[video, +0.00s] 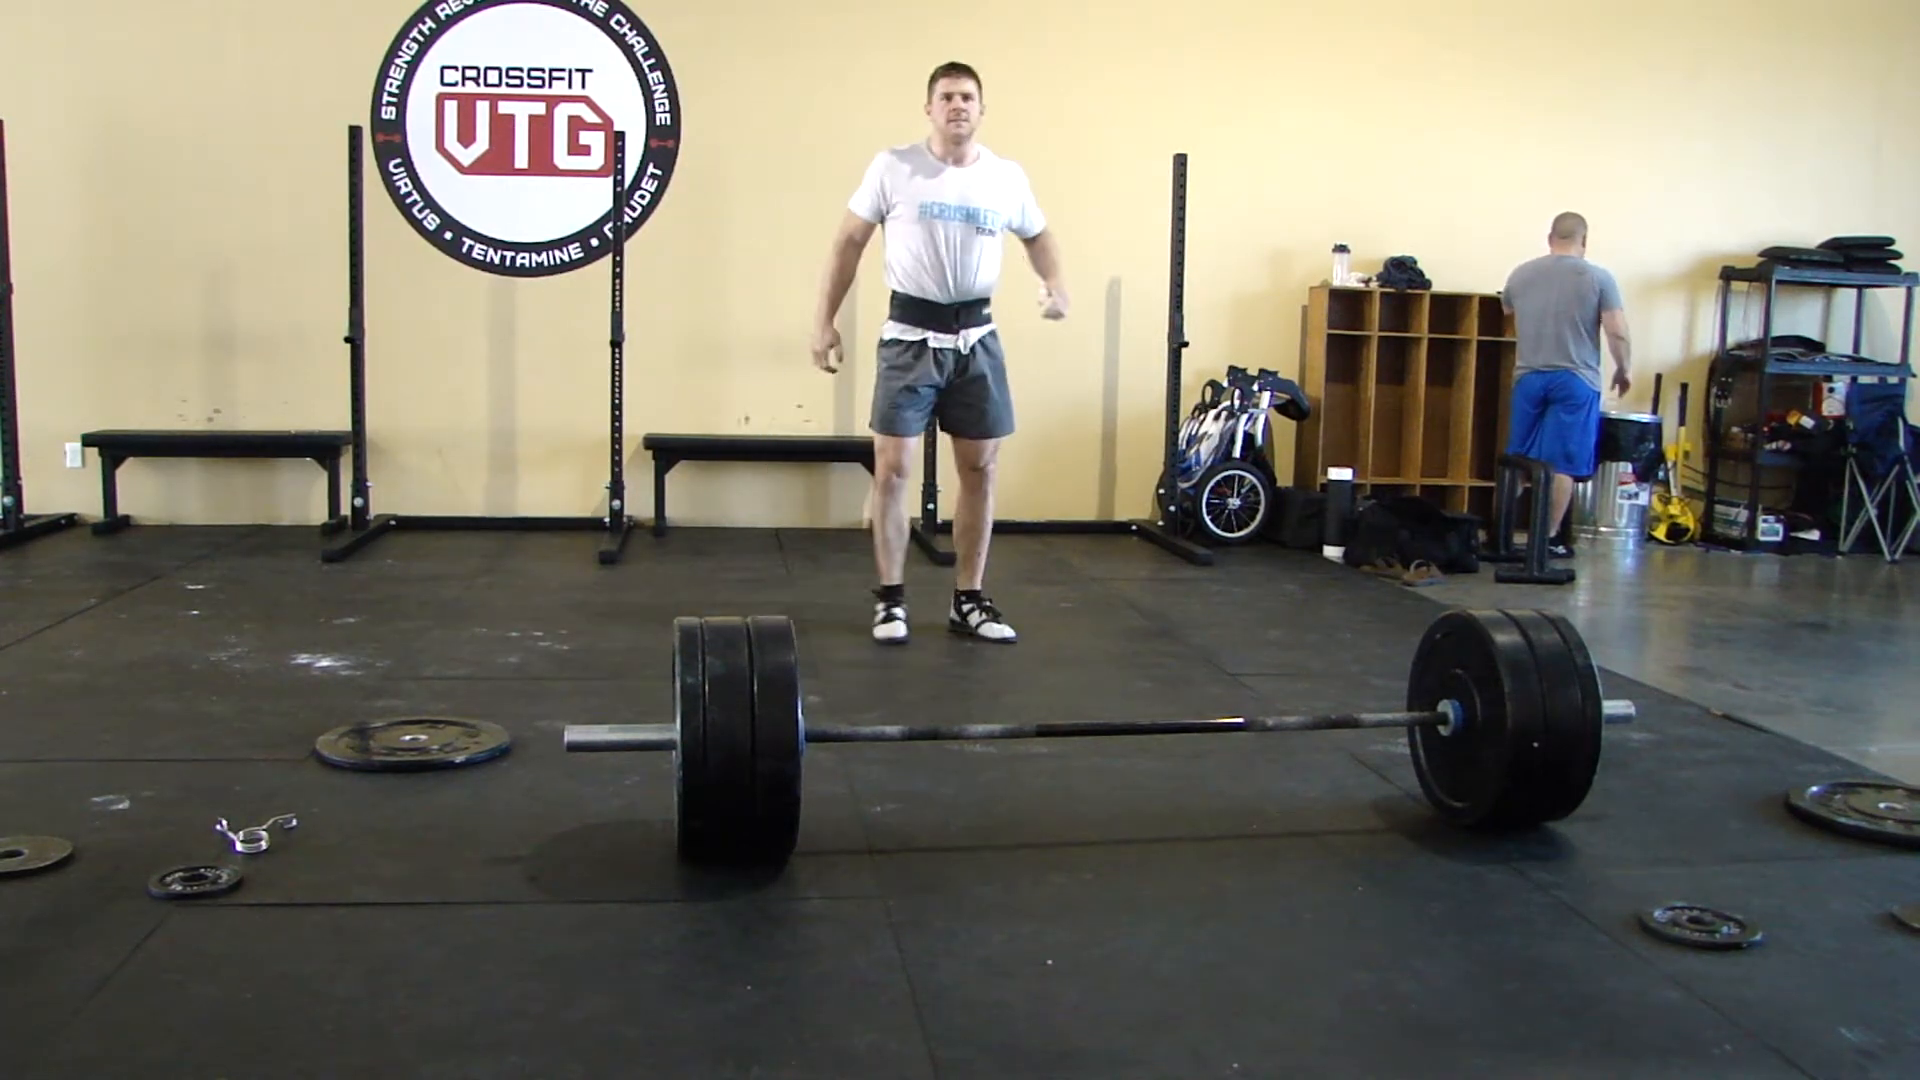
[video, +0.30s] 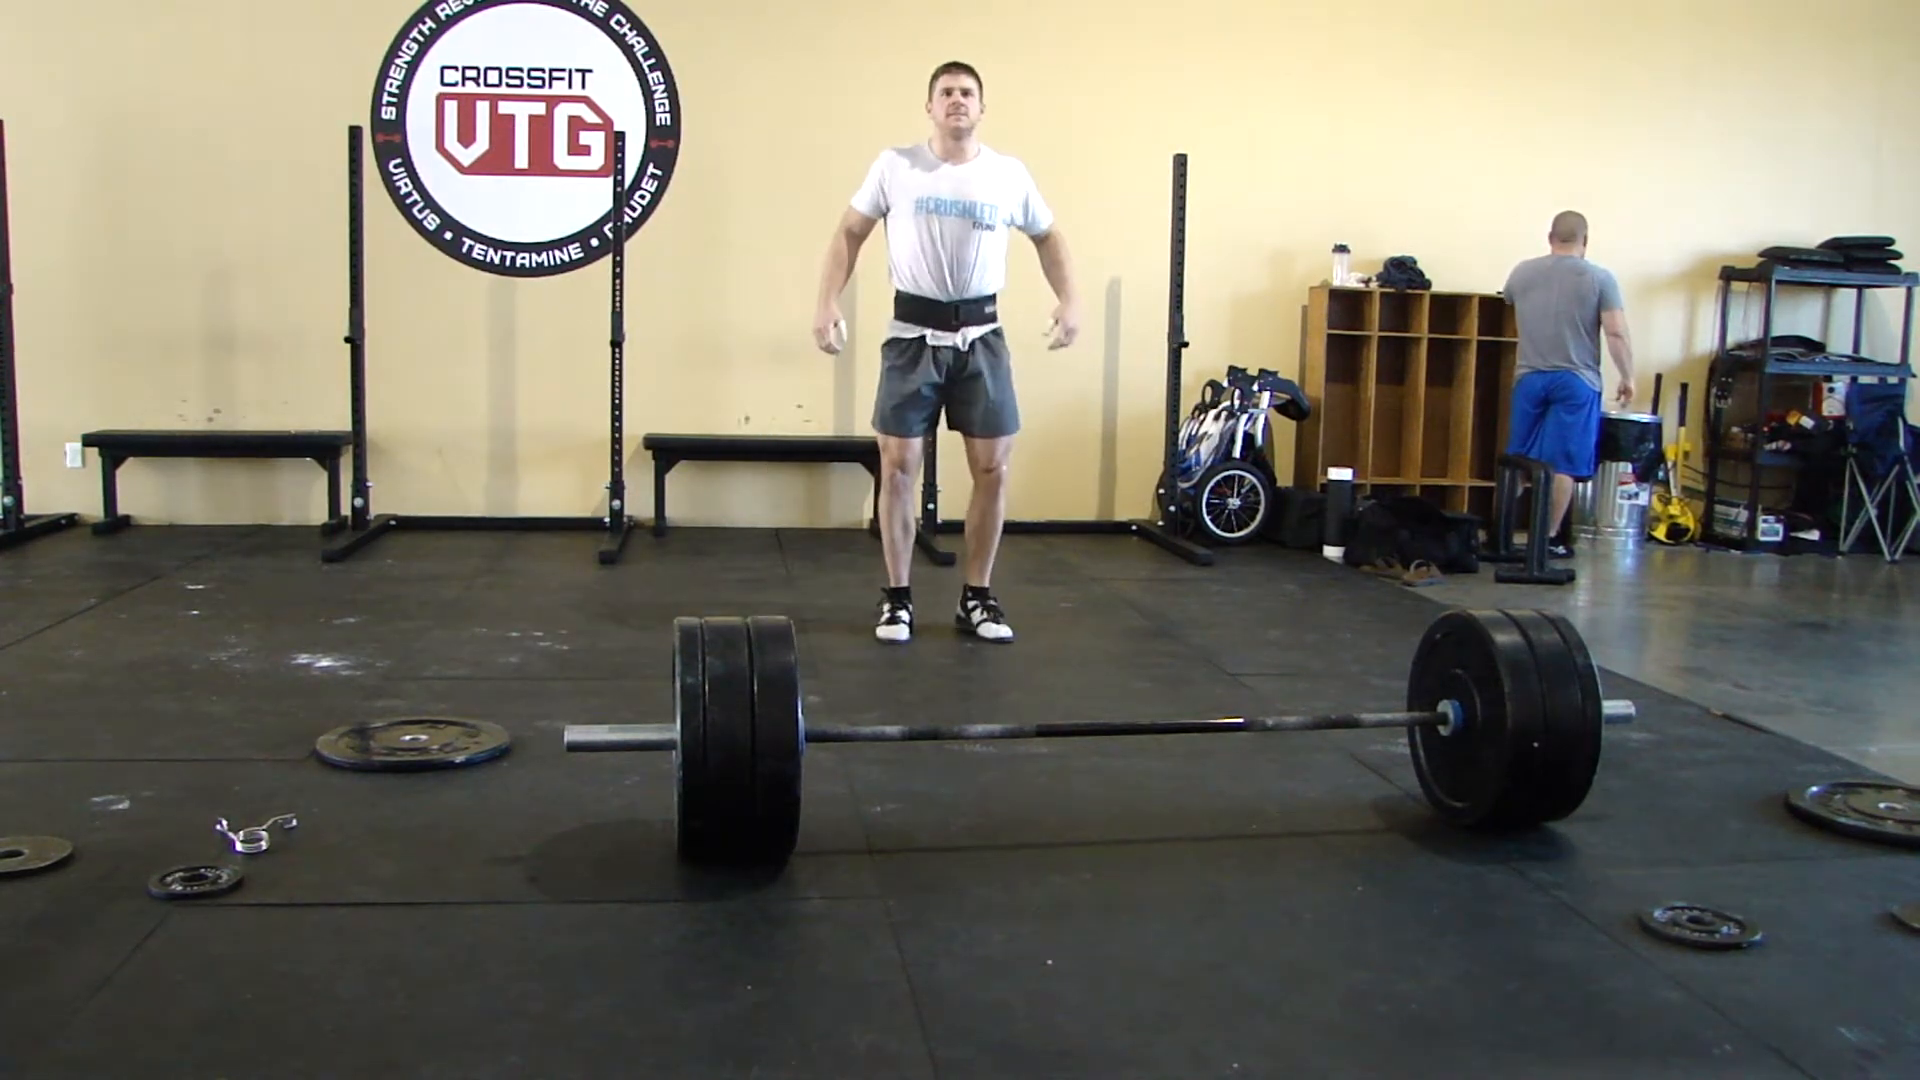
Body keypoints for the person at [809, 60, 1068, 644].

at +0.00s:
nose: (958, 106)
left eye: (967, 98)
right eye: (948, 98)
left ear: (981, 110)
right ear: (928, 109)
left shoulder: (1005, 177)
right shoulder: (893, 169)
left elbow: (1037, 236)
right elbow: (850, 242)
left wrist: (1054, 283)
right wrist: (825, 321)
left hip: (977, 342)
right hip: (909, 340)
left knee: (979, 472)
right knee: (893, 470)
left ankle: (969, 601)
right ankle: (890, 600)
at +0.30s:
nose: (957, 100)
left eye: (967, 93)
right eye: (948, 93)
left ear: (982, 108)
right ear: (929, 107)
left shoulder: (1009, 175)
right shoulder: (894, 167)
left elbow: (1048, 238)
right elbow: (850, 234)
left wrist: (1069, 298)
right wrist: (826, 302)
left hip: (981, 341)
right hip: (911, 340)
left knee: (992, 470)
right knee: (899, 466)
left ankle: (977, 598)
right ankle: (896, 599)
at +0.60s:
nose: (957, 100)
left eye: (966, 93)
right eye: (947, 93)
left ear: (981, 109)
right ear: (928, 108)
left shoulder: (1009, 176)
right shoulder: (895, 170)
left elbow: (1043, 245)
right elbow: (852, 240)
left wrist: (1064, 311)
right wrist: (829, 311)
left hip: (983, 342)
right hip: (915, 340)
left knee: (990, 469)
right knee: (905, 464)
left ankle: (976, 598)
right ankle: (897, 598)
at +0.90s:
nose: (956, 99)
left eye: (966, 92)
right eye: (946, 91)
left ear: (980, 108)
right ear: (927, 107)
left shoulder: (1006, 179)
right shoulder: (894, 174)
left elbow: (1037, 251)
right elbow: (856, 247)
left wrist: (1054, 319)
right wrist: (842, 318)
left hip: (982, 343)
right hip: (914, 341)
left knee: (983, 468)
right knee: (907, 465)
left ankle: (974, 599)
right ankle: (897, 598)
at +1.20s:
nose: (952, 110)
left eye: (962, 100)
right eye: (942, 100)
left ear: (976, 109)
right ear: (923, 108)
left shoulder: (1000, 178)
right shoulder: (889, 175)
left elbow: (1032, 249)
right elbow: (851, 247)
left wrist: (1056, 313)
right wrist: (838, 319)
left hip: (978, 342)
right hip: (911, 341)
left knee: (979, 467)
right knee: (906, 465)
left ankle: (974, 599)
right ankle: (897, 599)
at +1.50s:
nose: (942, 116)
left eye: (952, 106)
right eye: (931, 105)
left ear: (967, 112)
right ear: (913, 109)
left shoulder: (992, 180)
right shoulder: (878, 177)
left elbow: (1022, 254)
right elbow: (841, 251)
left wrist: (1041, 323)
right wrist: (821, 326)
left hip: (968, 344)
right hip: (900, 344)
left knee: (979, 470)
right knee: (901, 468)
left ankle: (973, 600)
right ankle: (897, 598)